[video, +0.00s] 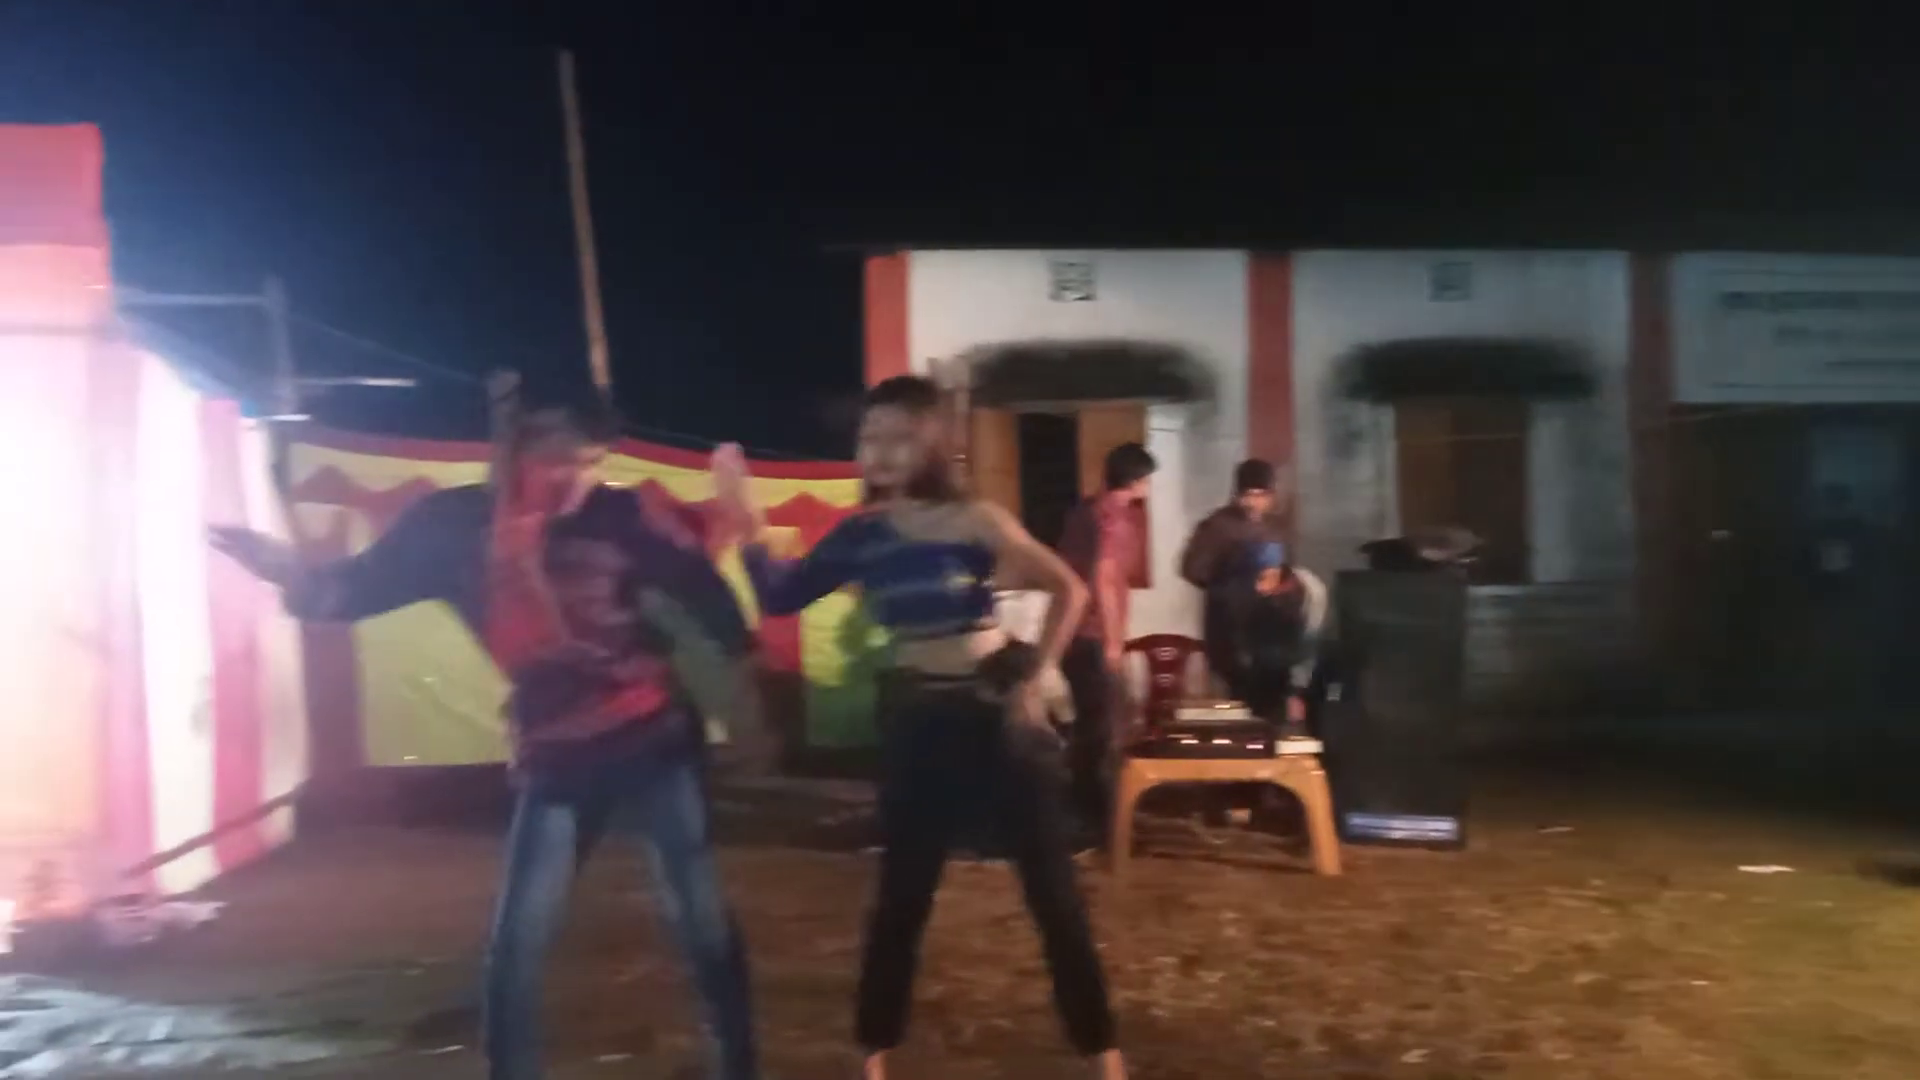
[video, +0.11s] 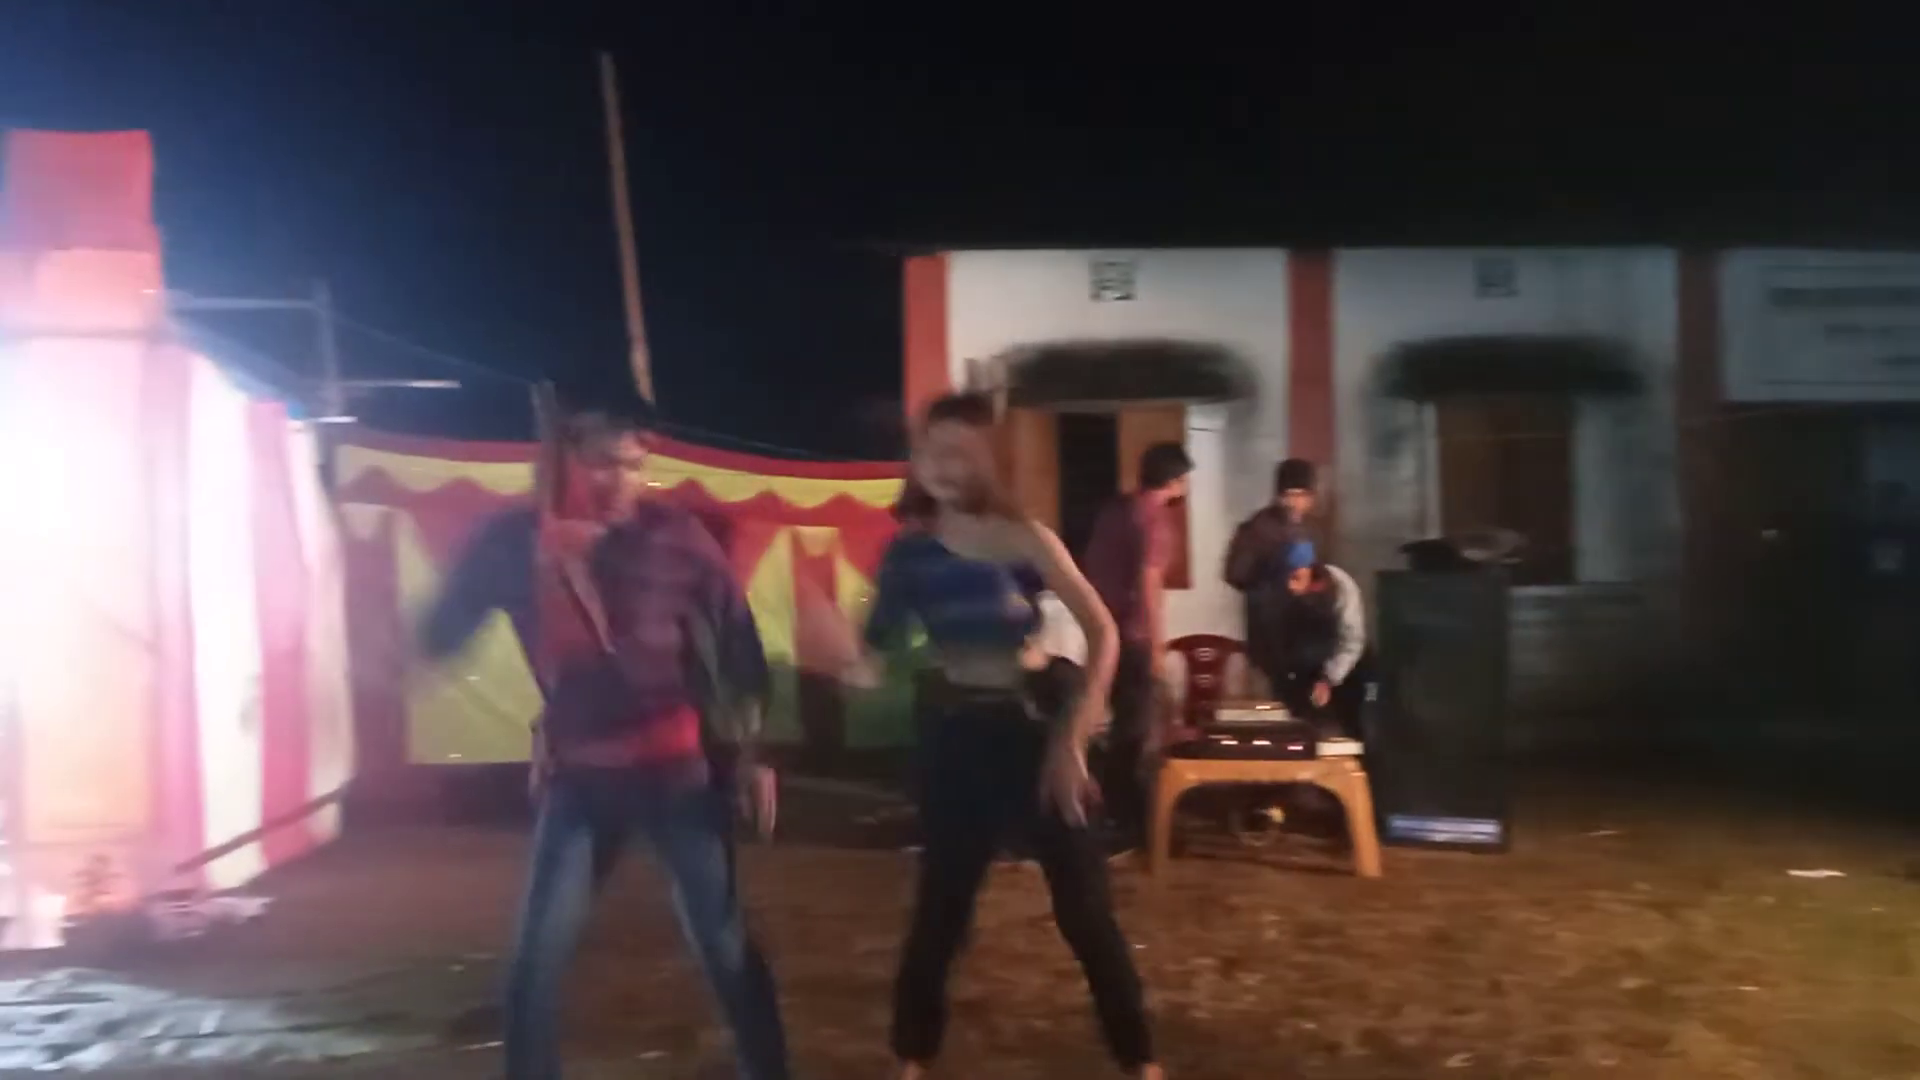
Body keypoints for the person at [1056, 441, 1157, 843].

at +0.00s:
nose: (1149, 486)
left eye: (1148, 479)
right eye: (1146, 479)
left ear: (1114, 474)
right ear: (1135, 480)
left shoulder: (1089, 509)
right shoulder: (1112, 516)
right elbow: (1105, 578)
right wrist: (1113, 640)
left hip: (1076, 636)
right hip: (1095, 639)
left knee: (1090, 726)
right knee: (1103, 728)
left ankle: (1085, 812)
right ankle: (1097, 817)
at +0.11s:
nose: (1184, 485)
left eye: (1183, 478)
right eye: (1182, 479)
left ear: (1147, 473)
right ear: (1172, 481)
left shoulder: (1116, 508)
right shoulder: (1153, 517)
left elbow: (1095, 569)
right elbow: (1149, 581)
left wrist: (1102, 623)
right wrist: (1156, 647)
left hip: (1108, 632)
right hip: (1134, 637)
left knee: (1123, 724)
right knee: (1136, 727)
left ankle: (1112, 812)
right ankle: (1128, 818)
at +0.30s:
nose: (1228, 487)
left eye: (1228, 479)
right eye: (1228, 480)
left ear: (1189, 472)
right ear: (1219, 480)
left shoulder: (1154, 509)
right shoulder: (1201, 513)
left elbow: (1126, 566)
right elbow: (1208, 582)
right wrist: (1228, 637)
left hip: (1140, 631)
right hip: (1175, 635)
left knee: (1147, 721)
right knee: (1180, 724)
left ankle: (1140, 825)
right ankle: (1172, 828)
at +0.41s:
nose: (1265, 485)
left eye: (1265, 477)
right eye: (1264, 478)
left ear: (1224, 471)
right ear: (1253, 478)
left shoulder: (1196, 505)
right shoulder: (1237, 514)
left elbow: (1166, 566)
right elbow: (1254, 583)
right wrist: (1285, 645)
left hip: (1181, 630)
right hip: (1213, 634)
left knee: (1208, 721)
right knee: (1216, 722)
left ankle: (1204, 818)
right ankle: (1210, 822)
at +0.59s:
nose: (1308, 481)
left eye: (1309, 473)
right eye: (1307, 473)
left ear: (1269, 465)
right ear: (1297, 472)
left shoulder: (1233, 503)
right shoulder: (1286, 510)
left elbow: (1213, 561)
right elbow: (1309, 583)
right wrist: (1337, 634)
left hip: (1228, 630)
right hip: (1264, 632)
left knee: (1248, 727)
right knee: (1264, 730)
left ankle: (1243, 823)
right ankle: (1255, 829)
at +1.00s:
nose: (1339, 486)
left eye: (1340, 478)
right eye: (1336, 478)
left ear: (1309, 474)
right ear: (1316, 475)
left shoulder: (1265, 506)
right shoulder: (1311, 513)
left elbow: (1252, 566)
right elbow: (1323, 581)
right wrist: (1352, 629)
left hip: (1263, 623)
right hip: (1303, 624)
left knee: (1264, 714)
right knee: (1313, 718)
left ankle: (1249, 803)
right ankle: (1301, 814)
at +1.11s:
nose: (1344, 469)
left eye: (1345, 461)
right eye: (1340, 461)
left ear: (1318, 457)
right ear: (1320, 458)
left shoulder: (1282, 482)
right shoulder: (1312, 493)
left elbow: (1254, 544)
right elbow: (1316, 564)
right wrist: (1363, 604)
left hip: (1263, 603)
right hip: (1298, 606)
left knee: (1268, 693)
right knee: (1327, 691)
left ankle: (1255, 781)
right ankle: (1307, 783)